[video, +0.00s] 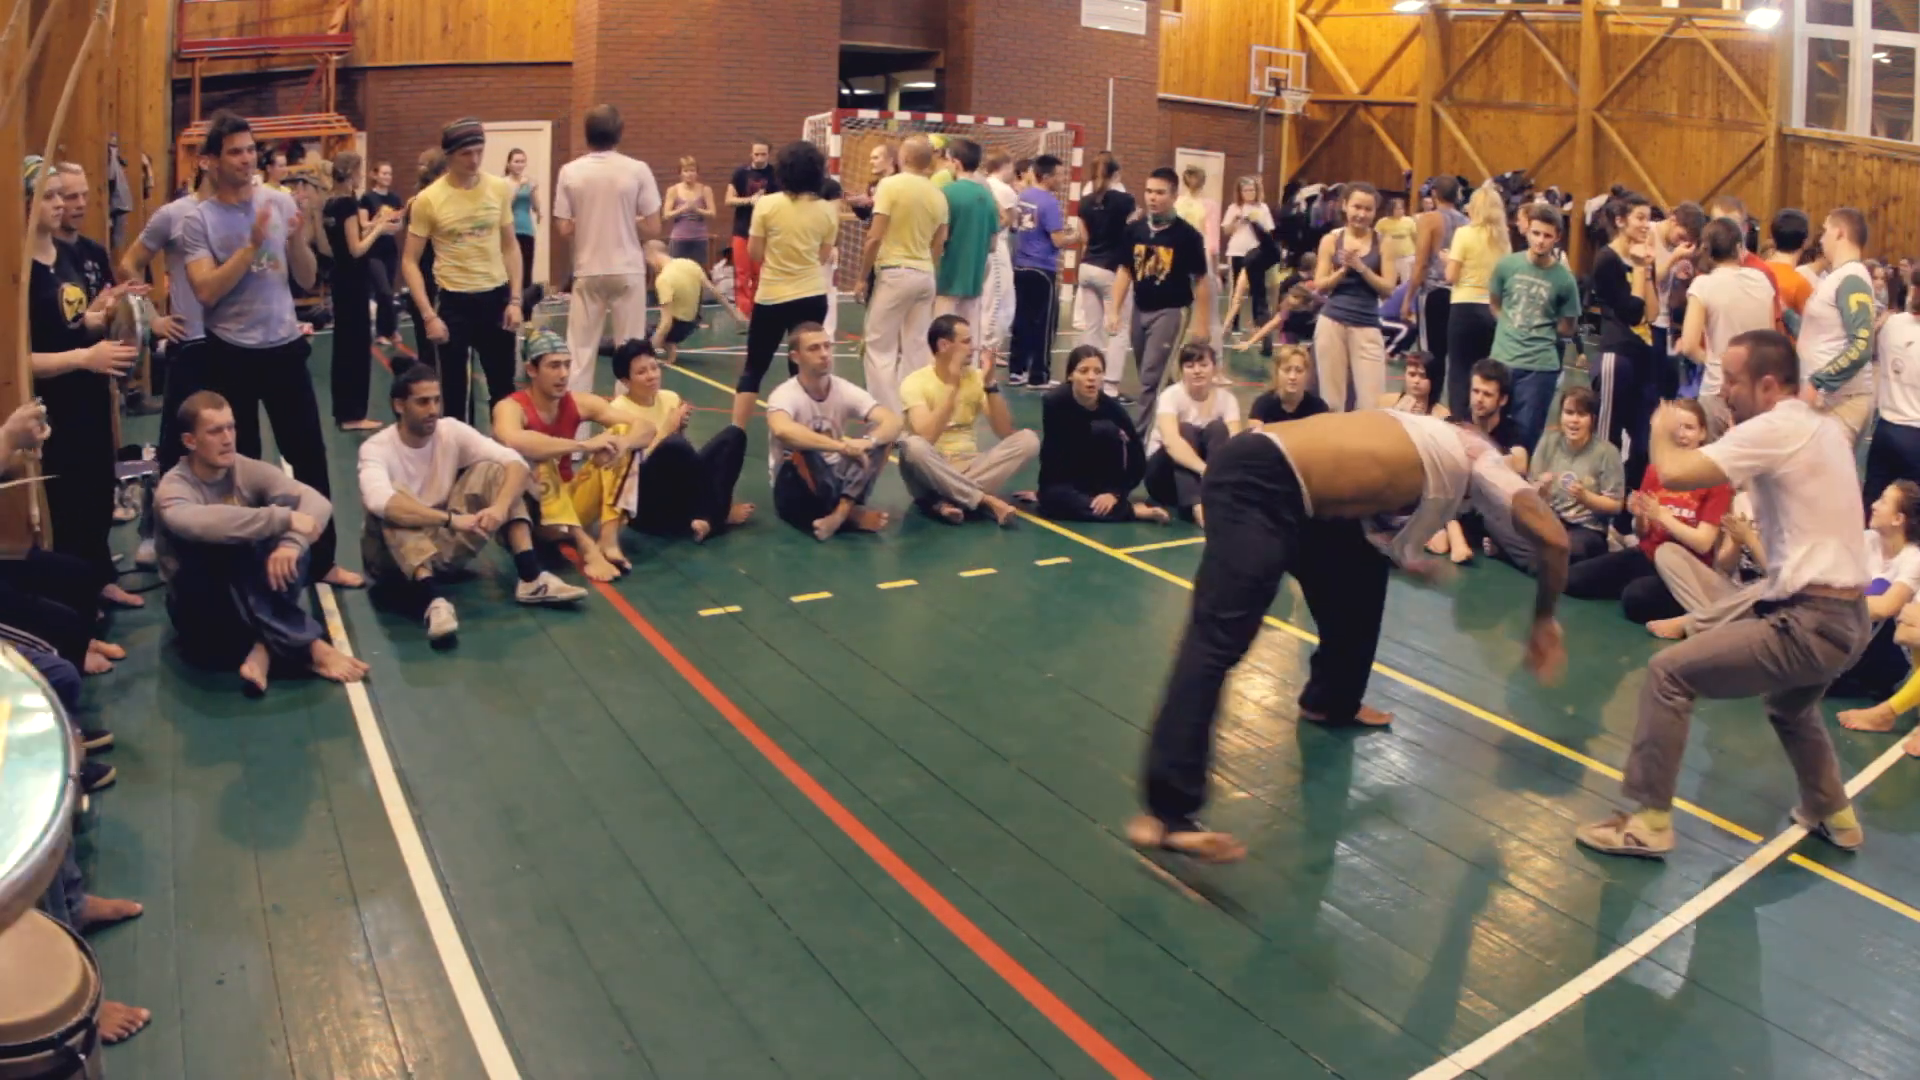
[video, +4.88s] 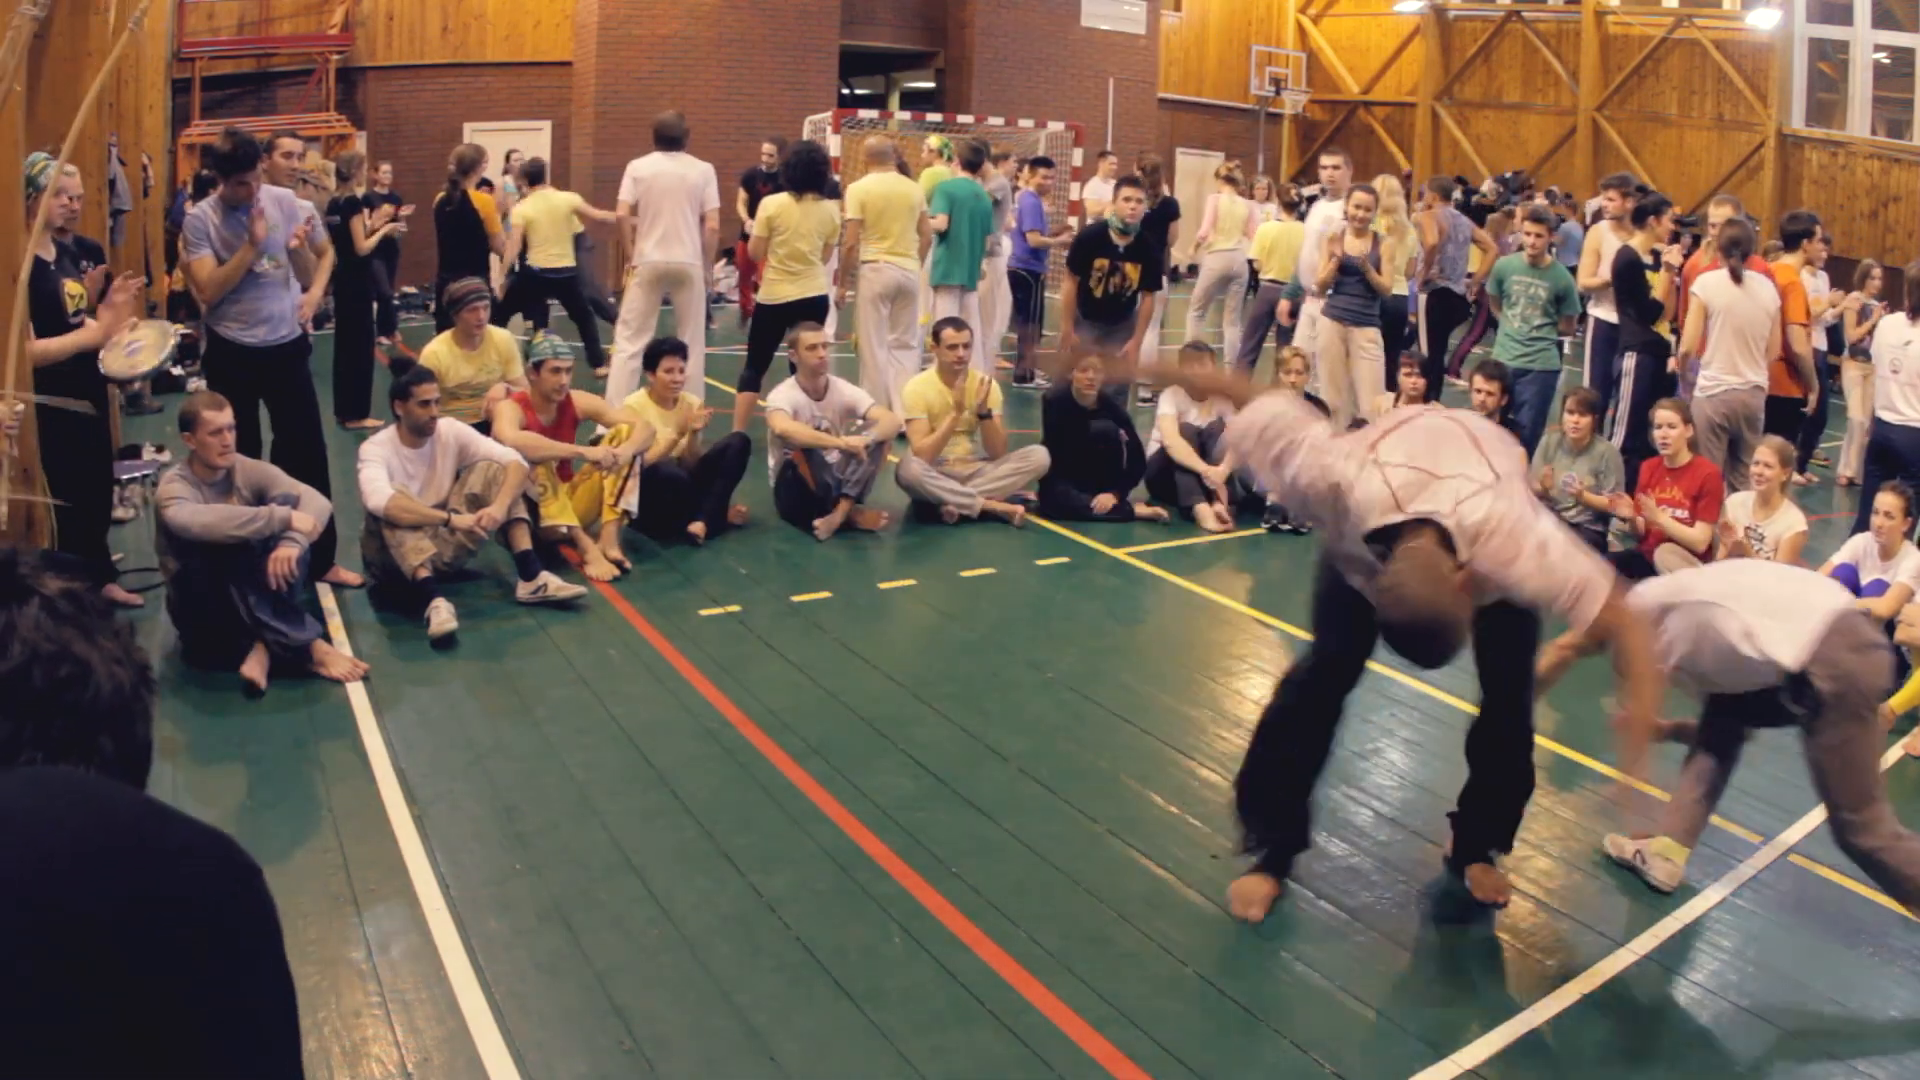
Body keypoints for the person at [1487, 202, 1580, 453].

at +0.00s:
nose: (1540, 241)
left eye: (1547, 236)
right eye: (1536, 233)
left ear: (1557, 238)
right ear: (1526, 232)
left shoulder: (1565, 279)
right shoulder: (1506, 264)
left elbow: (1567, 328)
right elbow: (1495, 306)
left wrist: (1538, 330)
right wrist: (1515, 327)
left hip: (1539, 363)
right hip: (1502, 356)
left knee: (1525, 435)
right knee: (1491, 429)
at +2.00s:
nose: (1534, 242)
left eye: (1541, 236)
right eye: (1530, 234)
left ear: (1553, 239)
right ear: (1522, 234)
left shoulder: (1564, 279)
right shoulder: (1505, 266)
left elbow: (1568, 326)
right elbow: (1496, 305)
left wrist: (1540, 334)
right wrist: (1515, 327)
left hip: (1541, 361)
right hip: (1504, 355)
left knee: (1527, 432)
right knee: (1493, 424)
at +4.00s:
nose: (1530, 241)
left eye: (1537, 236)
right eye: (1526, 234)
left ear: (1550, 238)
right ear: (1519, 234)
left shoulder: (1562, 278)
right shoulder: (1503, 266)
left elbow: (1567, 326)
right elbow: (1494, 305)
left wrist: (1537, 329)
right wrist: (1516, 326)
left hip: (1541, 359)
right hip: (1503, 354)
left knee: (1526, 431)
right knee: (1493, 424)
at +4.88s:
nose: (1531, 241)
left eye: (1538, 236)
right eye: (1527, 234)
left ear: (1551, 239)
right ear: (1521, 235)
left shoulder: (1562, 278)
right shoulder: (1503, 266)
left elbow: (1568, 325)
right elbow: (1495, 306)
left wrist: (1539, 329)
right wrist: (1515, 326)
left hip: (1540, 362)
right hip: (1503, 356)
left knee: (1526, 434)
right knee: (1491, 426)